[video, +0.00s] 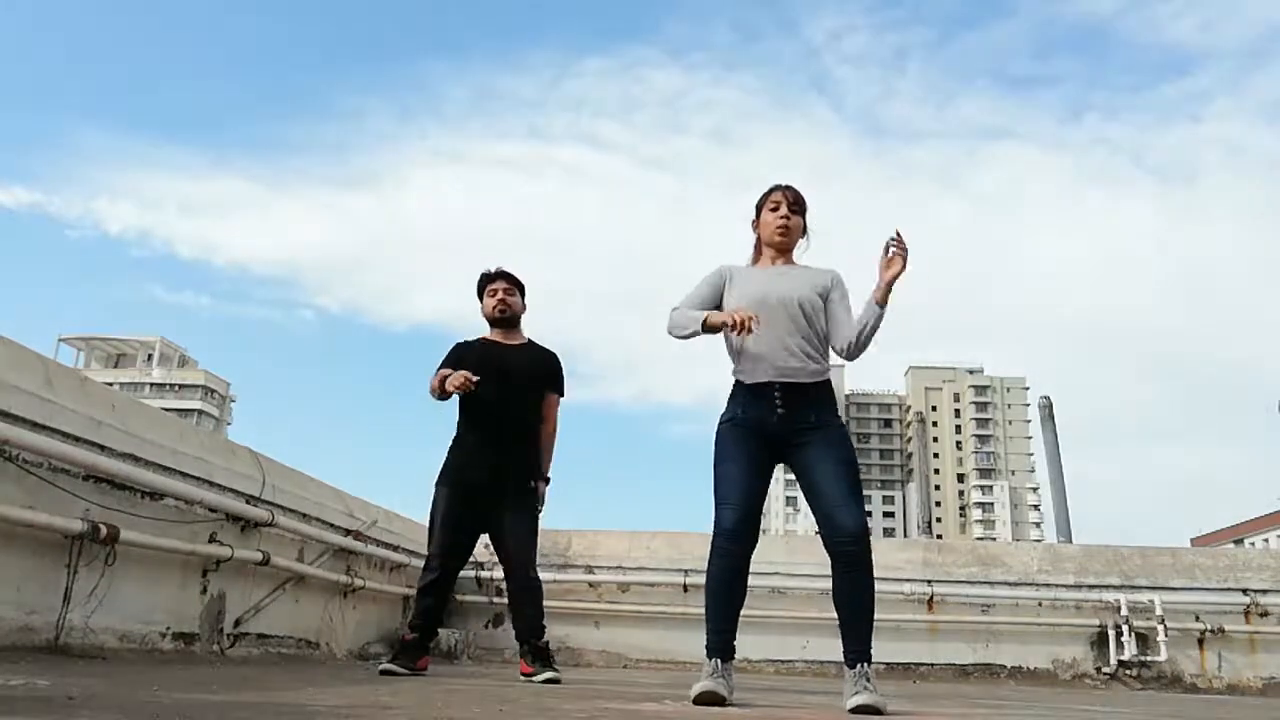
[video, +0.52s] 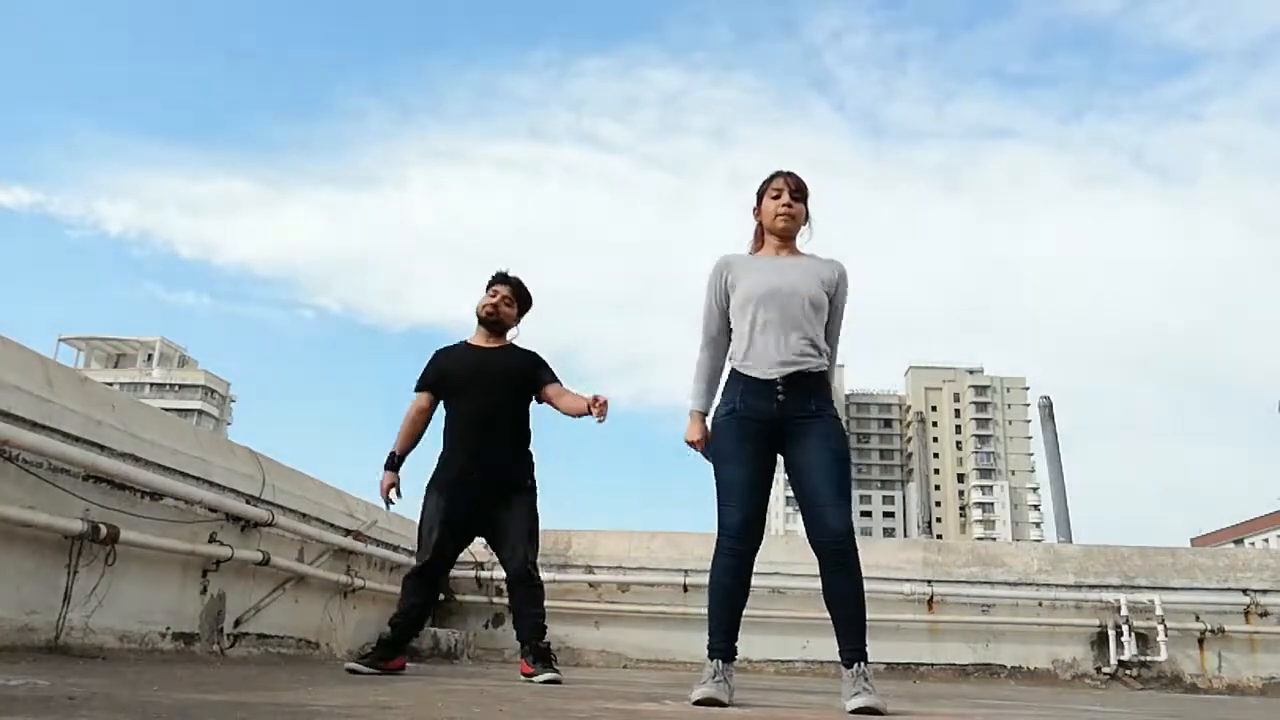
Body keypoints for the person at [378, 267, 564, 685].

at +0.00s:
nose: (502, 297)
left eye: (510, 292)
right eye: (492, 293)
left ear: (523, 304)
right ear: (482, 307)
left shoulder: (546, 360)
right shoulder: (467, 350)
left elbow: (548, 423)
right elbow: (436, 387)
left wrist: (542, 476)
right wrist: (447, 383)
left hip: (517, 481)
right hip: (463, 477)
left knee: (523, 571)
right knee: (439, 564)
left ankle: (535, 654)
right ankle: (413, 649)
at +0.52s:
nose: (495, 301)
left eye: (507, 300)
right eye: (492, 294)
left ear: (517, 318)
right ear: (479, 303)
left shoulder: (528, 363)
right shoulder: (447, 358)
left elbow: (558, 395)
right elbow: (420, 411)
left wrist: (587, 404)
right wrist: (393, 463)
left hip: (511, 486)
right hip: (454, 481)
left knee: (523, 568)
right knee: (428, 563)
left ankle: (535, 653)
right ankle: (392, 647)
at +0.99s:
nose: (487, 304)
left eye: (497, 302)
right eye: (482, 297)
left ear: (506, 316)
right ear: (468, 303)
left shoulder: (522, 352)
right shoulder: (441, 363)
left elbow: (545, 402)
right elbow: (423, 411)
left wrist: (524, 448)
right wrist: (411, 443)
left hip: (497, 480)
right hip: (441, 479)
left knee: (511, 569)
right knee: (418, 563)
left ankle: (535, 654)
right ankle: (392, 647)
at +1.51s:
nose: (497, 302)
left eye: (506, 297)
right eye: (490, 295)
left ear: (517, 308)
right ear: (476, 302)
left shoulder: (532, 361)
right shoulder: (451, 351)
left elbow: (554, 412)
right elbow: (429, 404)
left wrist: (535, 449)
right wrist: (434, 455)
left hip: (511, 481)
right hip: (455, 477)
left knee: (525, 565)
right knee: (426, 563)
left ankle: (537, 651)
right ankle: (393, 646)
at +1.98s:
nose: (497, 307)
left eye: (506, 303)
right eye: (490, 300)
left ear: (517, 315)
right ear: (476, 308)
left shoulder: (531, 366)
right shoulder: (448, 356)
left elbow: (553, 419)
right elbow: (429, 406)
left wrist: (530, 455)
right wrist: (433, 456)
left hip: (508, 484)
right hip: (451, 479)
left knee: (521, 563)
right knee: (416, 559)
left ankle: (536, 653)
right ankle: (391, 647)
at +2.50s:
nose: (482, 315)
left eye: (491, 311)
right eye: (475, 309)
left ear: (502, 323)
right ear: (461, 317)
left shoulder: (514, 376)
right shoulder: (433, 364)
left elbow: (524, 429)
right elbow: (415, 415)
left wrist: (519, 466)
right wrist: (423, 460)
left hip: (492, 490)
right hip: (435, 485)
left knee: (518, 570)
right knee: (401, 564)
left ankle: (536, 657)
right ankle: (373, 650)